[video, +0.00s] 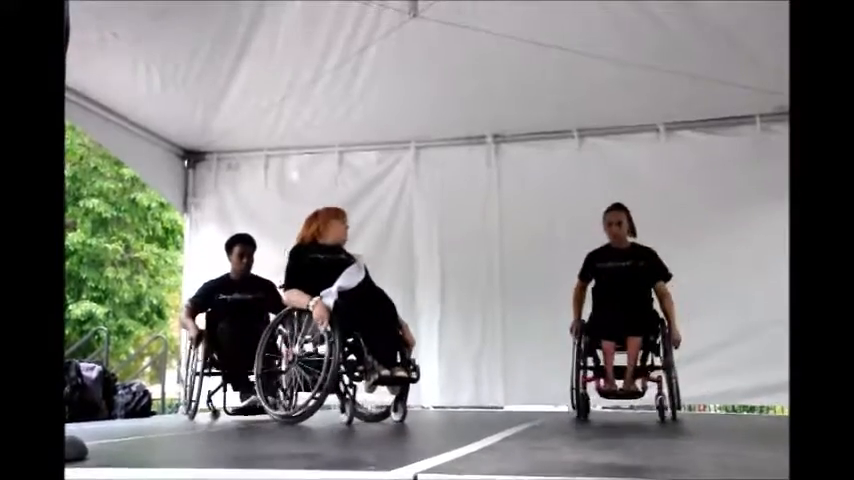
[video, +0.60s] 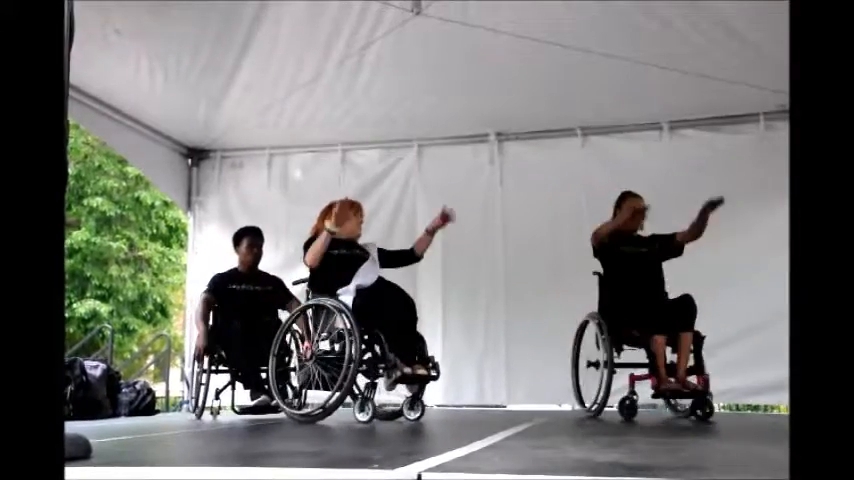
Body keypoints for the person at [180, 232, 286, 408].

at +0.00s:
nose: (247, 260)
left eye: (250, 256)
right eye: (242, 256)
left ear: (254, 257)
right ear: (230, 257)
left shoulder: (265, 287)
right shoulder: (214, 287)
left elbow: (285, 315)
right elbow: (187, 312)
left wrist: (291, 339)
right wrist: (193, 329)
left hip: (258, 346)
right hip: (226, 348)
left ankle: (270, 392)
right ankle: (246, 393)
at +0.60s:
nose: (257, 251)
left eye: (259, 246)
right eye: (251, 246)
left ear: (263, 249)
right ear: (237, 249)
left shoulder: (272, 283)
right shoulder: (221, 281)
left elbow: (296, 307)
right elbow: (204, 306)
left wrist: (307, 337)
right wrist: (202, 334)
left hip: (264, 339)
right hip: (233, 339)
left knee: (276, 329)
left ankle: (280, 392)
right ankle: (258, 393)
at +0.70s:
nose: (257, 251)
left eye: (260, 247)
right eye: (251, 247)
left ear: (263, 249)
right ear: (238, 249)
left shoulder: (272, 280)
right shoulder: (224, 278)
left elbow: (293, 290)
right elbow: (210, 291)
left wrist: (299, 299)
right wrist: (219, 302)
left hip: (268, 332)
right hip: (238, 333)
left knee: (284, 349)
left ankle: (280, 394)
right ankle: (260, 393)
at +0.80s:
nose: (258, 253)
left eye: (261, 248)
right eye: (253, 248)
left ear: (265, 250)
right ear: (240, 249)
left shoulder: (272, 276)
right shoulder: (227, 276)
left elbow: (295, 278)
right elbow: (213, 278)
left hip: (269, 336)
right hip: (239, 337)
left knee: (285, 340)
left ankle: (283, 392)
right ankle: (262, 392)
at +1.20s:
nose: (265, 255)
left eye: (268, 250)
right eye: (259, 250)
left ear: (273, 249)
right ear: (247, 246)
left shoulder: (278, 273)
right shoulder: (229, 272)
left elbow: (312, 276)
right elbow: (188, 268)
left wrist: (317, 239)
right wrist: (190, 228)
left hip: (274, 337)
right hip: (242, 338)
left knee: (289, 322)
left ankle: (292, 391)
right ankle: (270, 393)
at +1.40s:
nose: (266, 255)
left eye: (270, 250)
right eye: (261, 250)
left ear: (274, 248)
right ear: (248, 246)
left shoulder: (281, 280)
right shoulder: (230, 277)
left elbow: (304, 310)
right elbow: (202, 302)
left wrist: (323, 317)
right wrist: (174, 316)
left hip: (272, 338)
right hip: (240, 339)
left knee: (289, 323)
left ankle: (293, 392)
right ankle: (271, 393)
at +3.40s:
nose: (246, 264)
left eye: (250, 259)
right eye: (242, 259)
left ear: (253, 259)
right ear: (230, 258)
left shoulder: (259, 289)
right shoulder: (212, 286)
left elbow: (284, 317)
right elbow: (187, 310)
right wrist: (195, 331)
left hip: (250, 345)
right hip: (216, 346)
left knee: (270, 332)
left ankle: (274, 393)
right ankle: (256, 393)